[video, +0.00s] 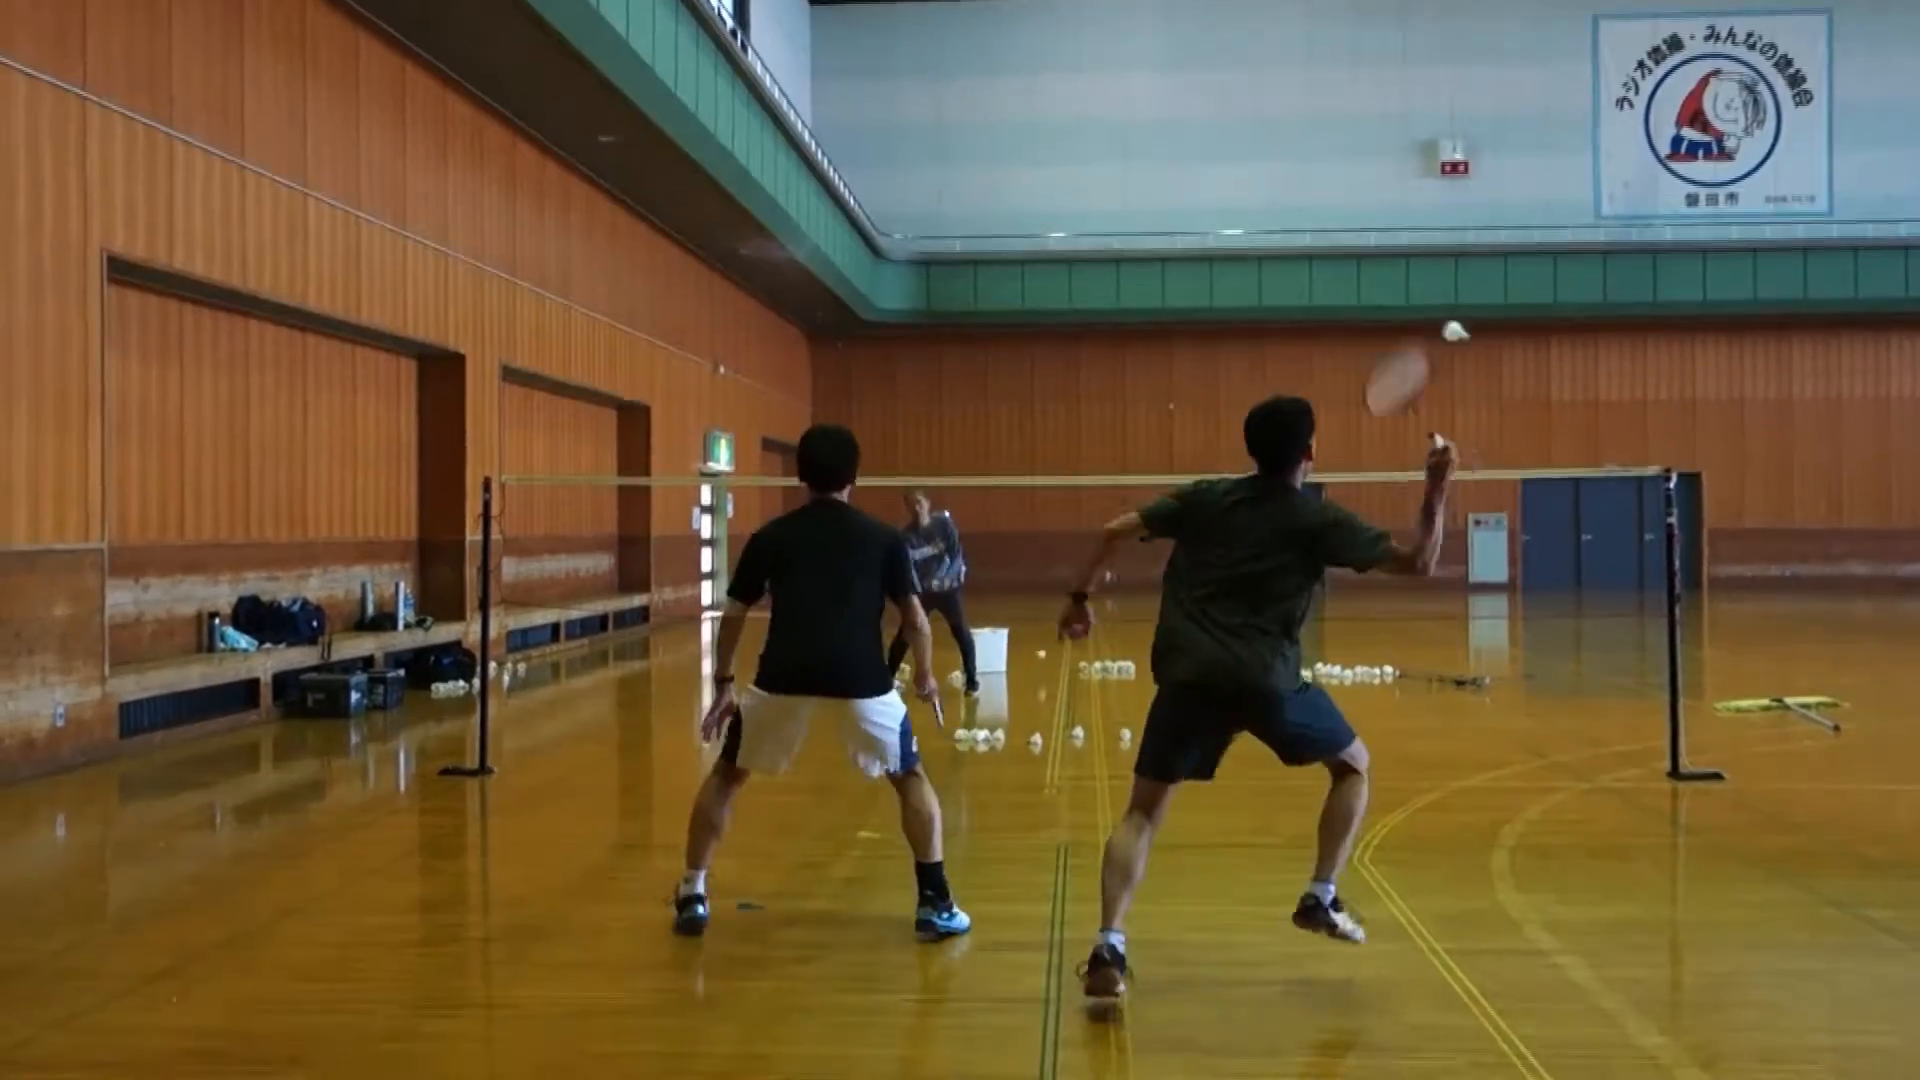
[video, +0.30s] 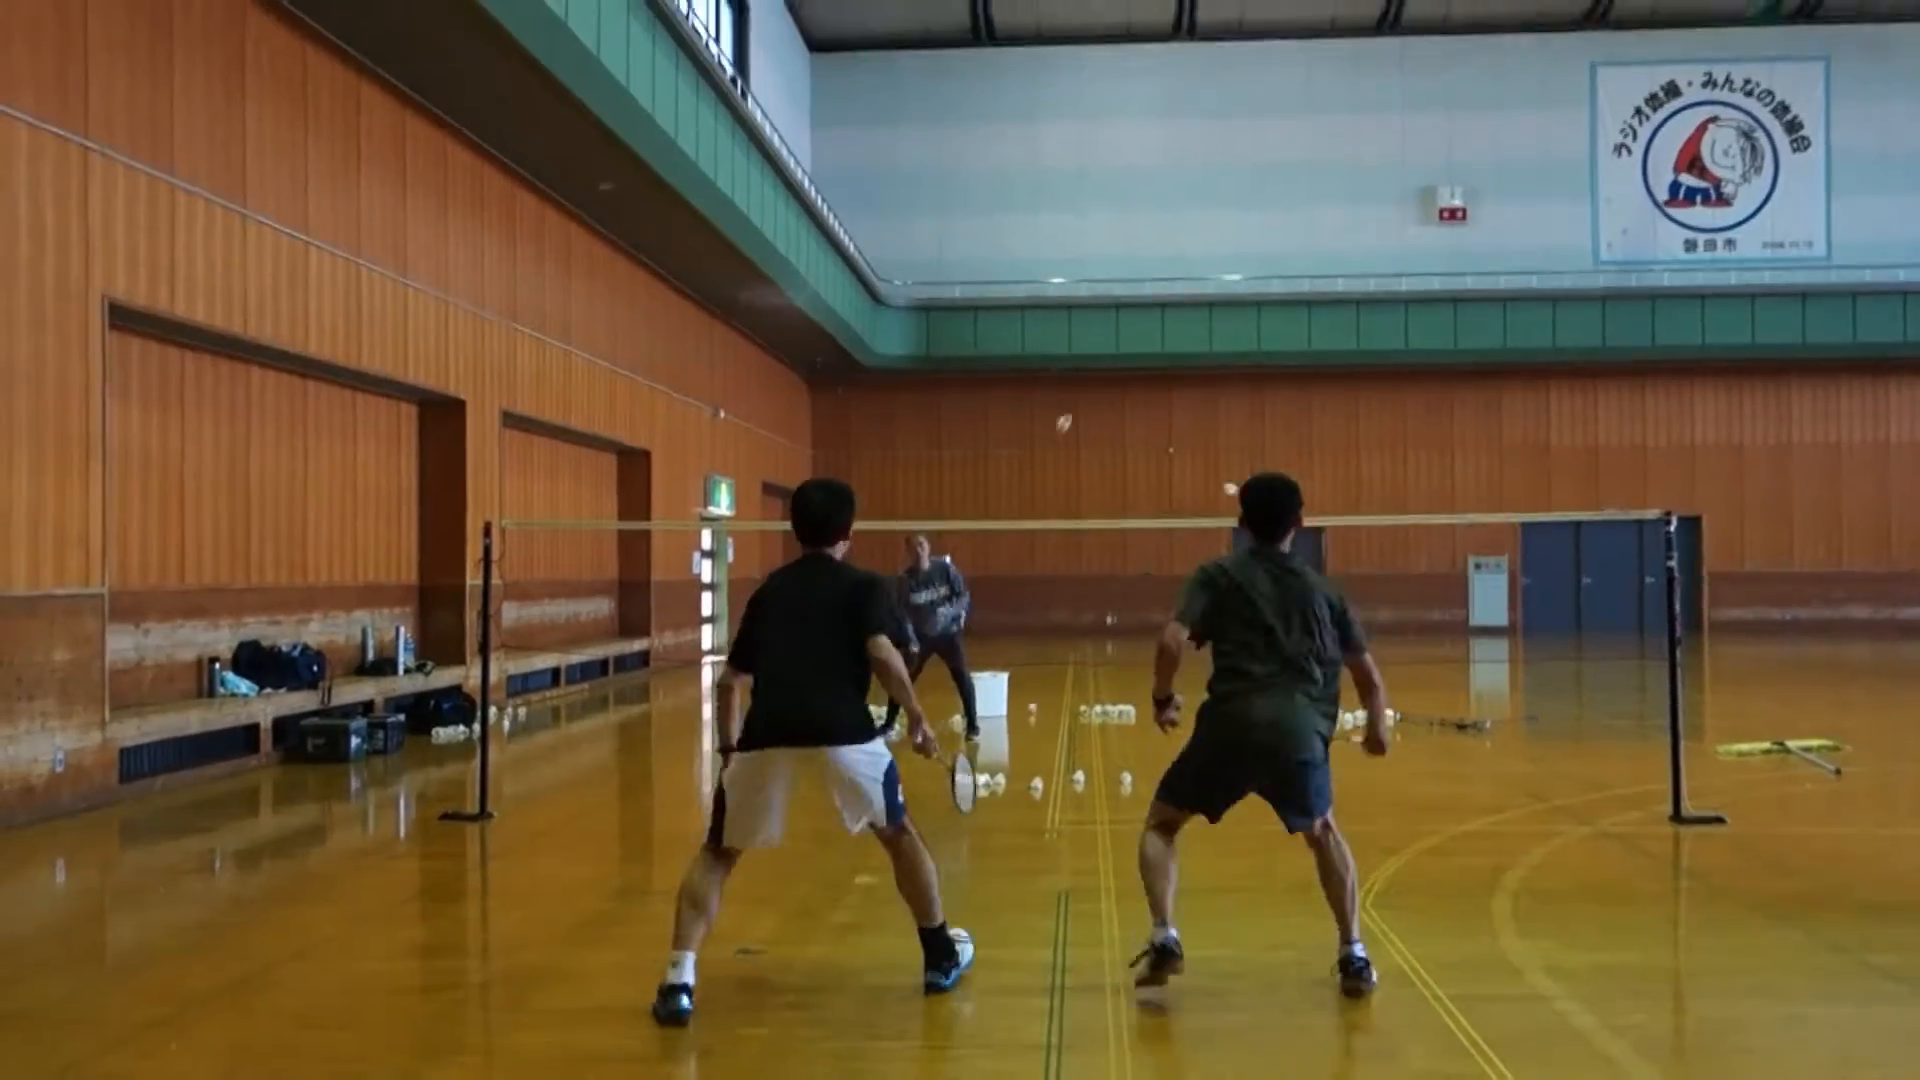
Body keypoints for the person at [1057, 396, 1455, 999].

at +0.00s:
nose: (1315, 452)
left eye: (1309, 442)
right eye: (1313, 444)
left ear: (1251, 451)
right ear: (1306, 454)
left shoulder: (1206, 499)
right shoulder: (1314, 518)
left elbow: (1116, 531)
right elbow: (1418, 560)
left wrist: (1079, 595)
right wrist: (1437, 484)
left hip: (1185, 678)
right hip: (1265, 679)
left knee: (1140, 811)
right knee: (1352, 766)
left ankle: (1108, 943)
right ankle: (1323, 895)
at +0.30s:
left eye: (1243, 513)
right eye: (1293, 517)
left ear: (1242, 521)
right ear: (1296, 525)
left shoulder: (1216, 577)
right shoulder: (1321, 590)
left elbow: (1171, 640)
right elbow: (1365, 670)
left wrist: (1163, 696)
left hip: (1229, 723)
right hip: (1300, 729)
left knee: (1161, 827)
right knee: (1323, 832)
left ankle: (1163, 935)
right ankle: (1354, 950)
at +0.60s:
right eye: (1281, 507)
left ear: (1232, 515)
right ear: (1282, 514)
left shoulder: (1210, 570)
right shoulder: (1302, 572)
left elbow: (1181, 604)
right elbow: (1387, 608)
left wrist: (1225, 562)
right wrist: (1400, 564)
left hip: (1216, 724)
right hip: (1285, 724)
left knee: (1181, 832)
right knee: (1333, 811)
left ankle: (1156, 940)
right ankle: (1349, 922)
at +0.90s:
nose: (1298, 531)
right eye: (1299, 523)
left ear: (1258, 538)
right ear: (1303, 530)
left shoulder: (1245, 604)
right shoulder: (1335, 571)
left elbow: (1244, 682)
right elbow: (1387, 561)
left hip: (1271, 730)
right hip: (1335, 724)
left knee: (1209, 817)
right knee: (1387, 798)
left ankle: (1157, 912)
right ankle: (1419, 899)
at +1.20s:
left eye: (1190, 559)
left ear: (1187, 564)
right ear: (1232, 565)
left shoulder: (1158, 612)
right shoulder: (1253, 622)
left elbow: (1126, 669)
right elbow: (1268, 700)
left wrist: (1122, 703)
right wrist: (1263, 749)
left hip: (1165, 740)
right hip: (1227, 743)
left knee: (1107, 827)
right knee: (1262, 822)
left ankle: (1080, 921)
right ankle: (1278, 917)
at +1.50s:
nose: (1137, 598)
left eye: (1138, 592)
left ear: (1140, 598)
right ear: (1180, 602)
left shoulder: (1120, 634)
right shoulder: (1193, 647)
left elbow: (1067, 634)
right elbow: (1207, 668)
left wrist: (1022, 622)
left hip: (1127, 760)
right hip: (1181, 762)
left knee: (1061, 833)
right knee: (1202, 806)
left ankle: (1026, 913)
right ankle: (1225, 892)